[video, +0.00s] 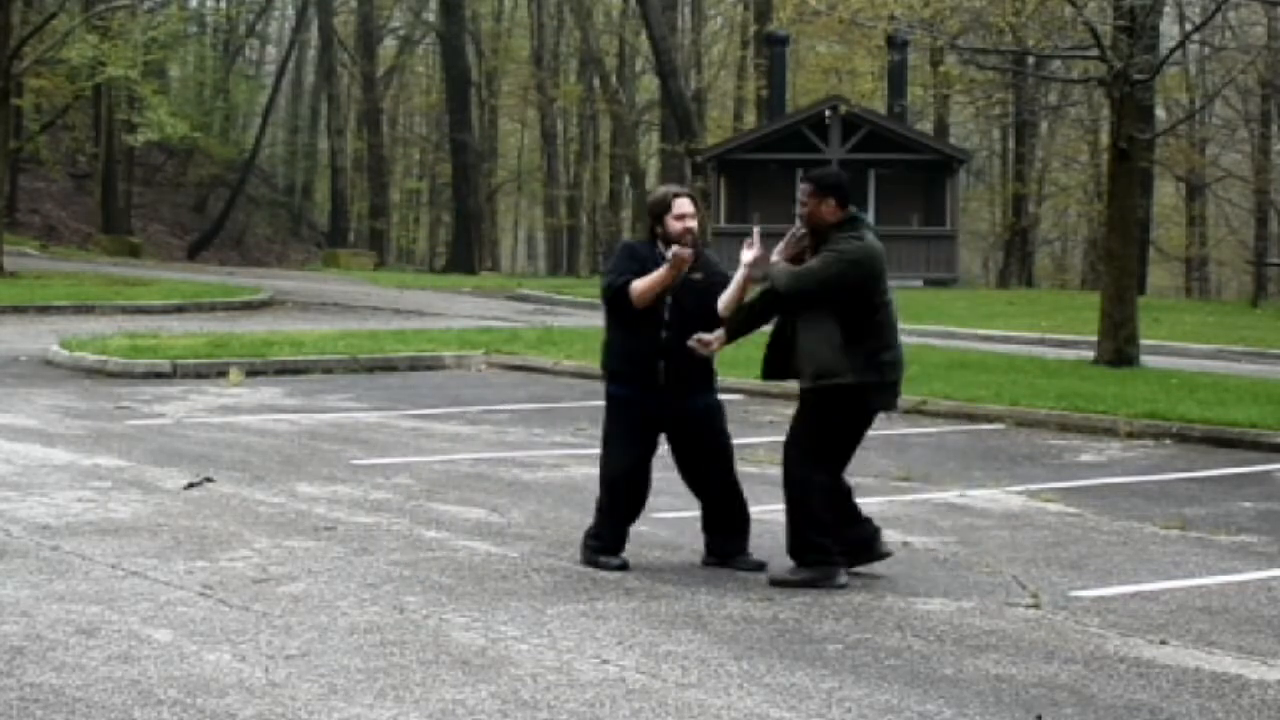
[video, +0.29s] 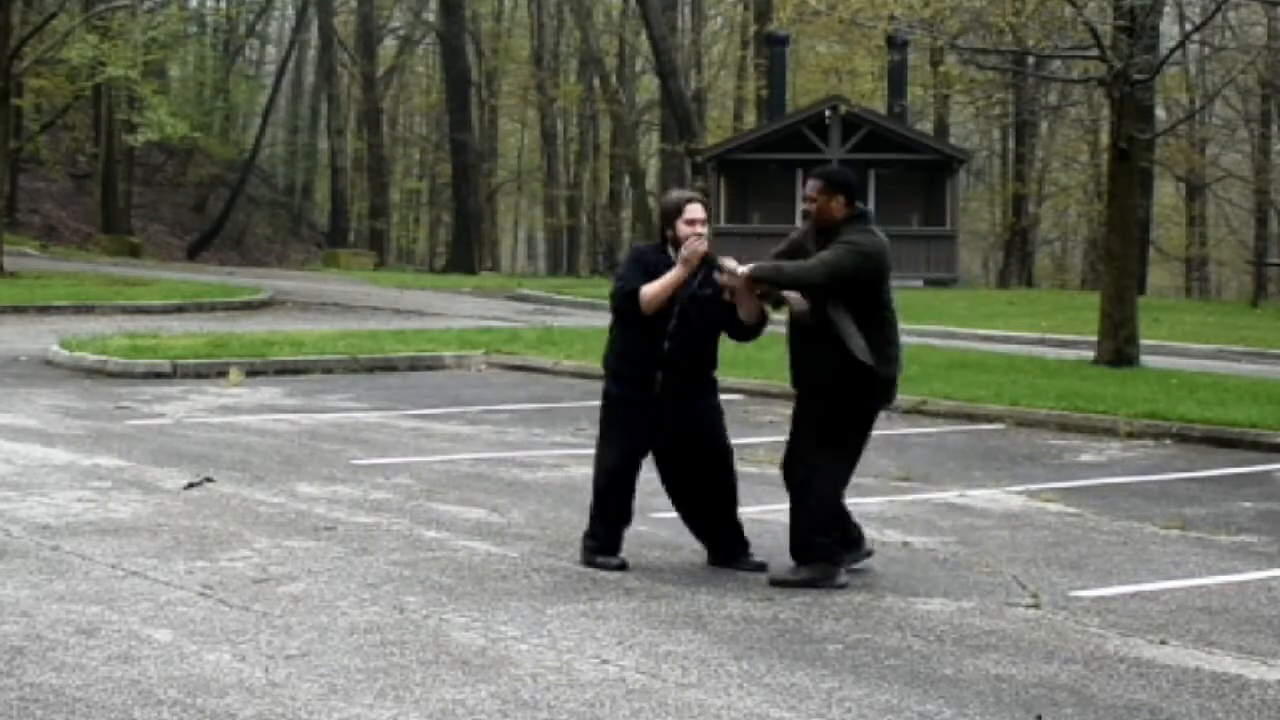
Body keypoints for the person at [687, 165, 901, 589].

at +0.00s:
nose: (800, 211)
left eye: (807, 203)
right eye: (800, 202)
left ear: (834, 206)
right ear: (827, 207)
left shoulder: (857, 250)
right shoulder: (816, 245)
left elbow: (795, 287)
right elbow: (772, 295)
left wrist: (775, 265)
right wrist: (724, 334)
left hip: (856, 379)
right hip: (830, 376)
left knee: (806, 459)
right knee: (811, 461)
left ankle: (820, 564)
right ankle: (859, 541)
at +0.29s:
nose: (807, 208)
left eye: (815, 201)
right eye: (807, 201)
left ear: (842, 203)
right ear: (818, 203)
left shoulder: (864, 244)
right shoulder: (811, 236)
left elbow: (814, 273)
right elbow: (778, 270)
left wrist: (750, 273)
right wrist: (759, 287)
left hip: (858, 379)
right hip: (821, 375)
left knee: (817, 469)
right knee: (799, 466)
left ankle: (820, 562)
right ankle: (846, 542)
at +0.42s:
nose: (813, 204)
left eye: (820, 197)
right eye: (812, 196)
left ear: (848, 199)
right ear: (828, 199)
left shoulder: (873, 241)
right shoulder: (819, 234)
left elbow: (845, 286)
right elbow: (792, 275)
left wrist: (792, 303)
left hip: (867, 368)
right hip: (830, 366)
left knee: (836, 460)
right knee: (821, 456)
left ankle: (828, 558)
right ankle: (853, 546)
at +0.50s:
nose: (820, 202)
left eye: (828, 196)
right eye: (819, 195)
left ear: (855, 198)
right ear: (825, 197)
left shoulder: (881, 243)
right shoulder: (822, 227)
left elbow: (867, 303)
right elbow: (777, 244)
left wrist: (809, 316)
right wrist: (756, 221)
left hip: (876, 371)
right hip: (835, 365)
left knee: (842, 460)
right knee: (820, 460)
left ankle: (856, 557)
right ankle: (839, 554)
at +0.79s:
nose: (860, 199)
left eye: (868, 194)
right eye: (859, 191)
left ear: (894, 197)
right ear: (861, 192)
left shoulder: (913, 245)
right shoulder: (851, 219)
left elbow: (892, 298)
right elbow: (817, 230)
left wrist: (829, 295)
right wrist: (790, 222)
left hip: (898, 369)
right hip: (848, 361)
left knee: (902, 462)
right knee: (837, 459)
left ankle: (911, 540)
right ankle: (850, 549)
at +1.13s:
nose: (865, 201)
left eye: (875, 195)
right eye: (863, 193)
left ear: (899, 202)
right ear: (859, 195)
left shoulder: (921, 248)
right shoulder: (839, 232)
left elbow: (922, 304)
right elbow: (770, 239)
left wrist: (861, 315)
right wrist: (784, 260)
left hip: (902, 381)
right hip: (843, 377)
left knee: (904, 464)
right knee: (820, 459)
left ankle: (903, 544)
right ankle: (793, 546)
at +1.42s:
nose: (828, 200)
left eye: (838, 194)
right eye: (824, 192)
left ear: (858, 200)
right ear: (818, 196)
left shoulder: (876, 239)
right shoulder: (803, 233)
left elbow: (919, 283)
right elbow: (779, 258)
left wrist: (875, 270)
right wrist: (841, 271)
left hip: (868, 373)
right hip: (810, 373)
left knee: (902, 449)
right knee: (790, 454)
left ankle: (882, 541)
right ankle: (763, 554)